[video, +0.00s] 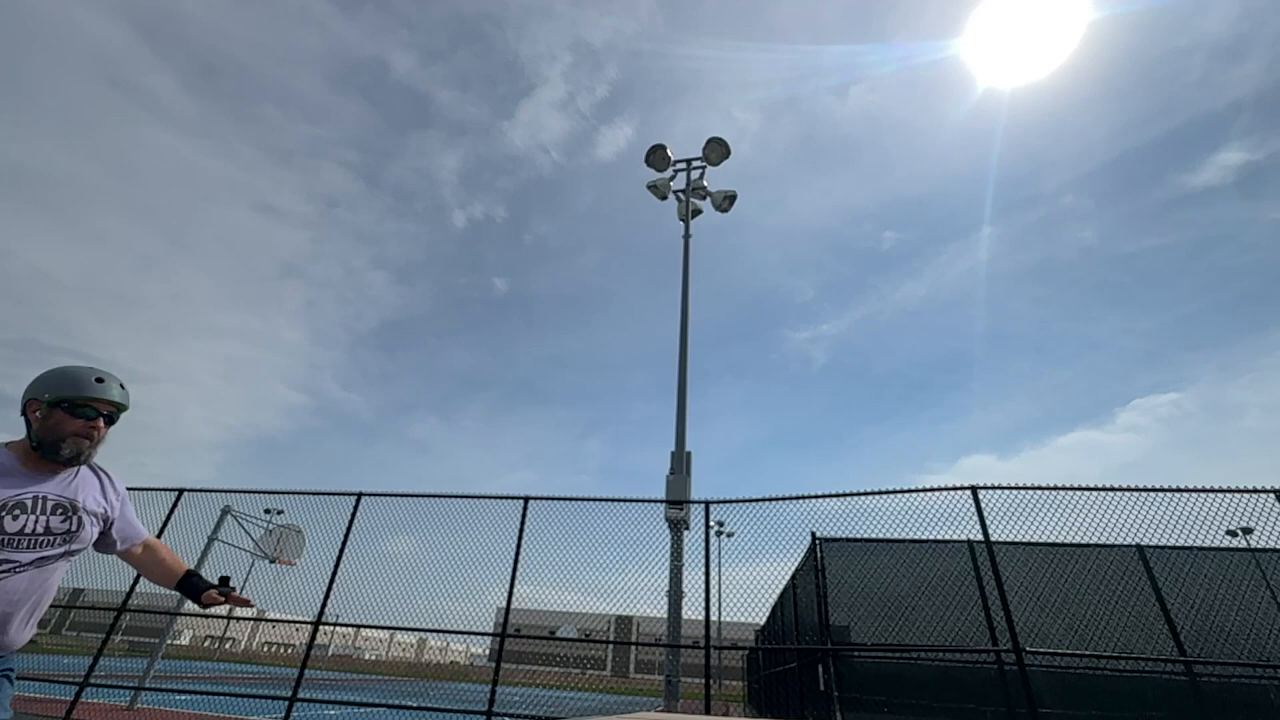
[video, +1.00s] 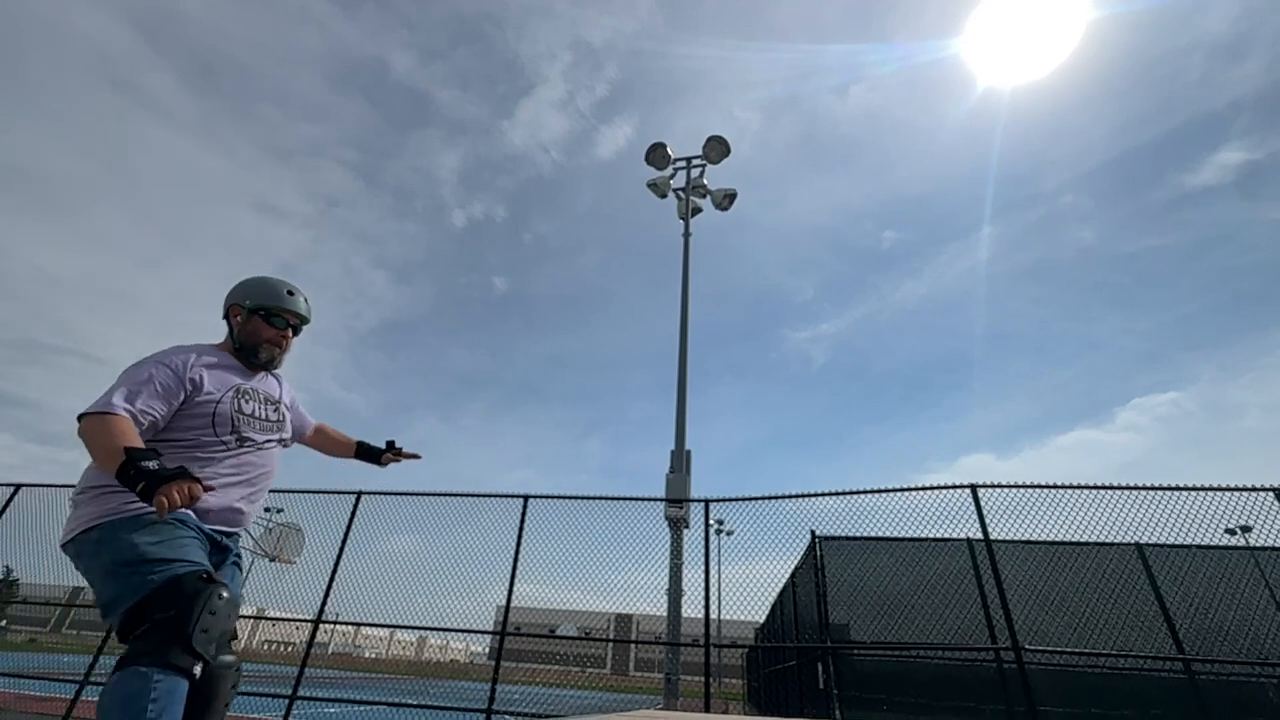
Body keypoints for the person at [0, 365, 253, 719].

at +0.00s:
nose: (97, 427)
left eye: (108, 419)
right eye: (82, 411)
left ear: (112, 429)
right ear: (36, 411)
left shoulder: (99, 489)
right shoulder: (4, 467)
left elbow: (141, 548)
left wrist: (199, 588)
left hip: (1, 662)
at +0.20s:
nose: (136, 410)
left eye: (146, 403)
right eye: (123, 396)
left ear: (151, 412)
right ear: (77, 394)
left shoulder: (137, 473)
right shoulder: (11, 453)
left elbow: (181, 527)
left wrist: (245, 561)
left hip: (37, 655)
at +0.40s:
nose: (175, 390)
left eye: (183, 383)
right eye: (161, 376)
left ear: (188, 393)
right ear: (118, 375)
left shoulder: (175, 454)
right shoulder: (40, 435)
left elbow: (218, 504)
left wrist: (281, 530)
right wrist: (1, 554)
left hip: (93, 624)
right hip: (20, 607)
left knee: (80, 710)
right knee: (43, 707)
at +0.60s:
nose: (213, 373)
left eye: (221, 366)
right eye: (201, 359)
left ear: (224, 376)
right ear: (159, 356)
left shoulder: (210, 435)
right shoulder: (91, 412)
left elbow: (251, 481)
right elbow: (8, 465)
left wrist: (315, 504)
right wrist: (30, 524)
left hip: (136, 599)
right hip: (53, 576)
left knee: (124, 703)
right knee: (84, 687)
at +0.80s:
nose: (249, 354)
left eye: (258, 348)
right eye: (237, 340)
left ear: (261, 358)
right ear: (198, 337)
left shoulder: (245, 416)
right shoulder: (140, 390)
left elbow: (285, 459)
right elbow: (43, 447)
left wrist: (344, 480)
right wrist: (91, 499)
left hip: (178, 572)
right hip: (90, 548)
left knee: (170, 696)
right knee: (137, 656)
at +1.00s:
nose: (286, 335)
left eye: (294, 330)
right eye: (275, 321)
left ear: (296, 339)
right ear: (237, 317)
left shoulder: (278, 393)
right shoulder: (184, 366)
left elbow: (313, 432)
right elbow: (101, 420)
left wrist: (373, 454)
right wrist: (149, 473)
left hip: (217, 538)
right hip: (136, 515)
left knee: (214, 669)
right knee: (187, 612)